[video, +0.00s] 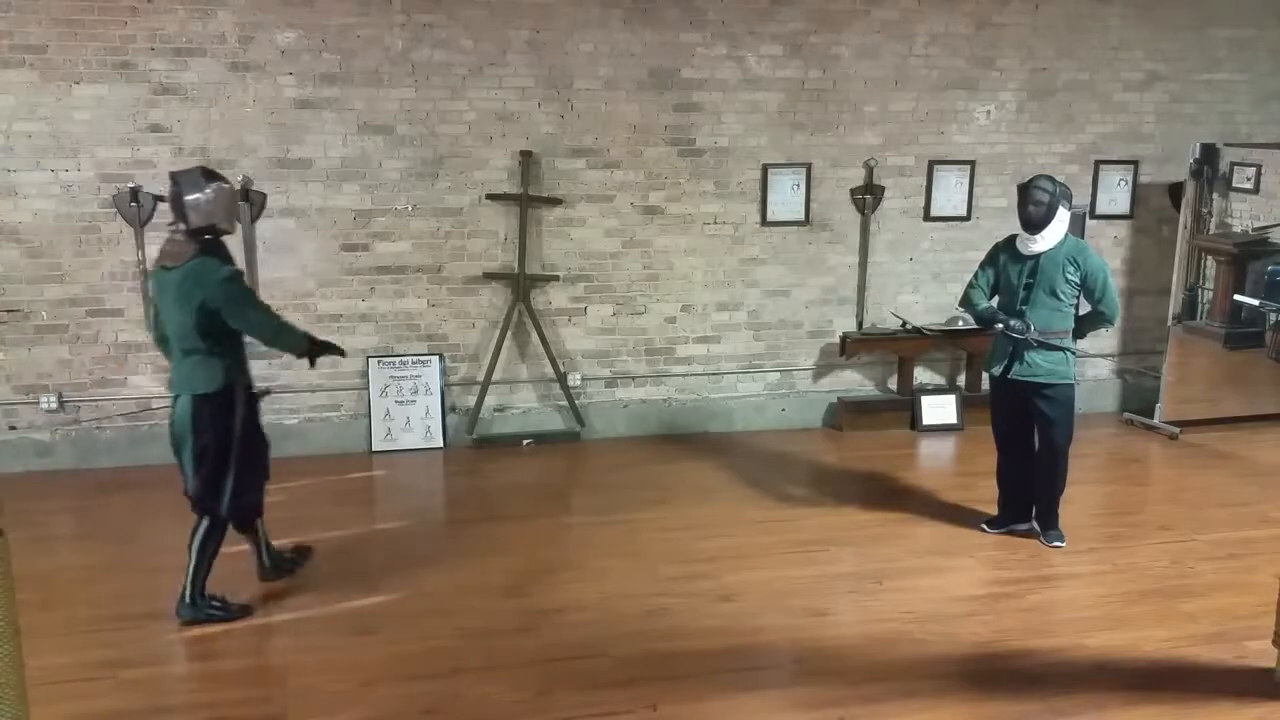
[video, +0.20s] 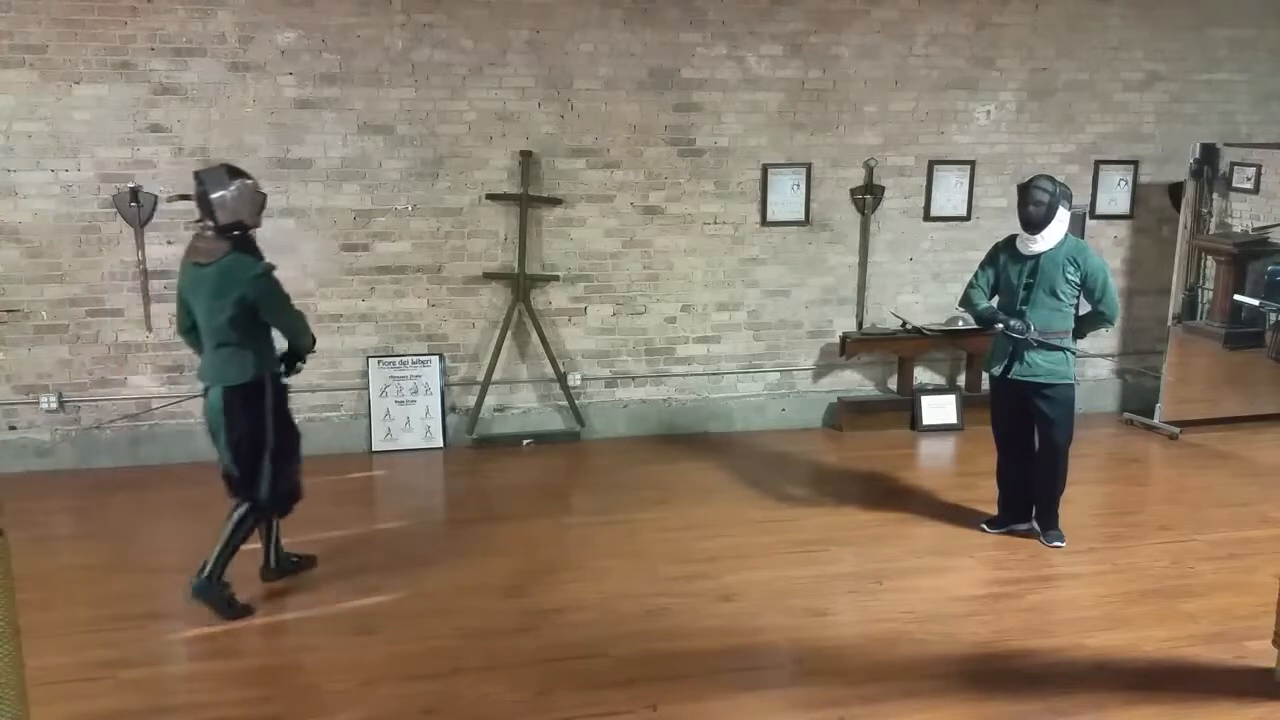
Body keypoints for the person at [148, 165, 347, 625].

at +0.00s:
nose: (234, 213)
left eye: (230, 205)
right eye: (228, 206)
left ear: (185, 217)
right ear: (215, 214)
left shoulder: (164, 271)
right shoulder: (215, 273)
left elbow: (162, 336)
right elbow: (263, 323)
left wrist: (199, 362)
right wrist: (309, 345)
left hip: (191, 391)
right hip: (221, 393)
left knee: (241, 474)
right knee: (221, 495)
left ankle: (267, 557)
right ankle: (193, 599)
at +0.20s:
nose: (257, 210)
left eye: (255, 201)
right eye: (250, 202)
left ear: (210, 212)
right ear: (236, 209)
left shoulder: (193, 265)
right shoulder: (249, 269)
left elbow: (187, 328)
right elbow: (295, 327)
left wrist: (222, 354)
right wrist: (298, 350)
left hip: (219, 385)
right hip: (253, 385)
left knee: (260, 470)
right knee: (267, 482)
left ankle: (274, 555)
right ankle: (211, 577)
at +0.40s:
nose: (276, 206)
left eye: (273, 198)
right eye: (270, 200)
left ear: (230, 210)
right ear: (260, 208)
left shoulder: (211, 262)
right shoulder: (273, 264)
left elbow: (202, 320)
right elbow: (306, 328)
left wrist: (232, 351)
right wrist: (298, 353)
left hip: (232, 380)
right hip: (269, 378)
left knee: (268, 468)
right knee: (307, 468)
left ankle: (273, 552)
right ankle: (264, 546)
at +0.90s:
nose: (294, 202)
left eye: (291, 194)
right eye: (288, 195)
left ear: (249, 206)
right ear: (277, 203)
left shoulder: (234, 254)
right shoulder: (286, 261)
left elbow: (206, 302)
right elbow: (322, 307)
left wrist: (243, 332)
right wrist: (354, 333)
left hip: (242, 379)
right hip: (281, 379)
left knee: (262, 467)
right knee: (321, 465)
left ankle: (269, 558)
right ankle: (295, 554)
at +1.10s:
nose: (291, 202)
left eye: (288, 194)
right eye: (284, 195)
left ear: (245, 206)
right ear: (272, 202)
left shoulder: (233, 253)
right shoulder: (281, 255)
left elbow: (200, 283)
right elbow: (332, 285)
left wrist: (224, 316)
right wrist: (399, 298)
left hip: (241, 378)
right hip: (279, 378)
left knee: (259, 469)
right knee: (319, 466)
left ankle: (268, 559)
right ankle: (296, 554)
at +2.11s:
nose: (237, 212)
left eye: (243, 205)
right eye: (239, 205)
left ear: (260, 211)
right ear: (283, 209)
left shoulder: (254, 255)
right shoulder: (284, 258)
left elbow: (223, 288)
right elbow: (325, 318)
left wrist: (255, 323)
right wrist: (344, 276)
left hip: (255, 376)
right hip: (288, 377)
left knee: (265, 468)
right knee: (329, 467)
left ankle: (270, 556)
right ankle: (301, 552)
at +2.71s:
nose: (308, 207)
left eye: (304, 199)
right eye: (301, 200)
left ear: (264, 212)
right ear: (290, 208)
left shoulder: (260, 263)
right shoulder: (290, 266)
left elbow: (272, 331)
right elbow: (306, 338)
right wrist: (363, 328)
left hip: (263, 378)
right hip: (295, 379)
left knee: (274, 469)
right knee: (335, 470)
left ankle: (272, 557)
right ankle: (339, 562)